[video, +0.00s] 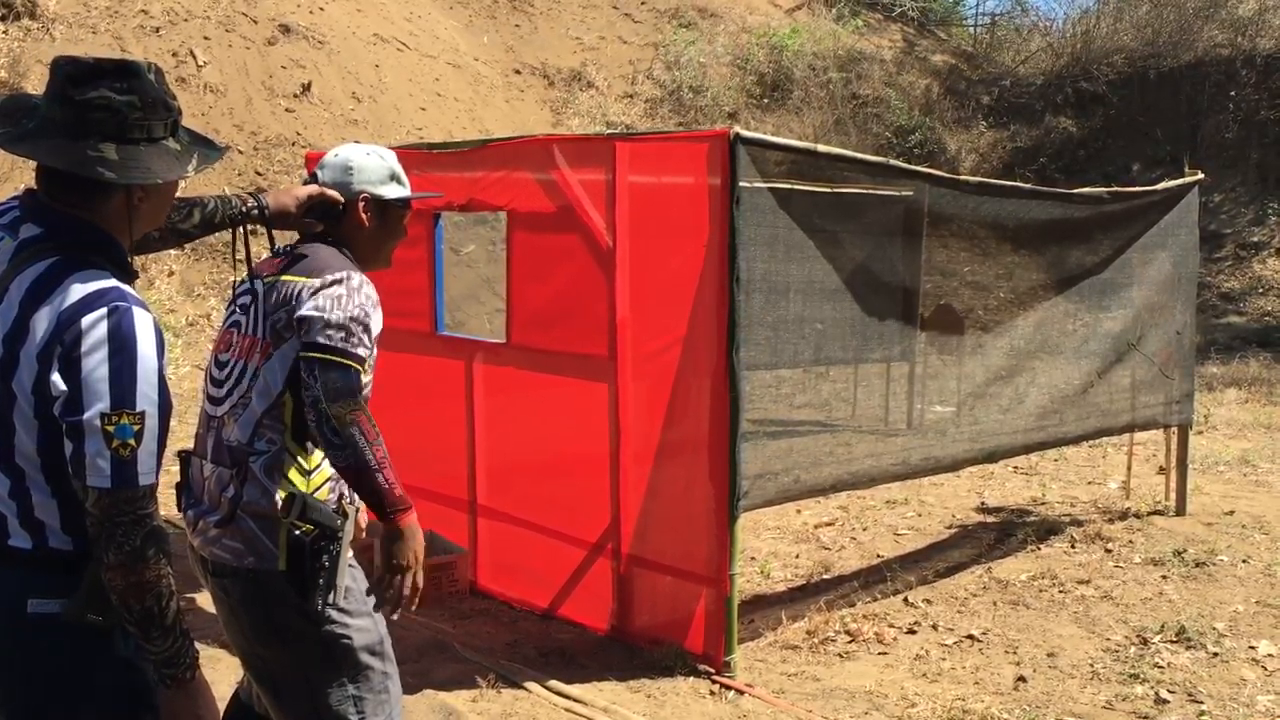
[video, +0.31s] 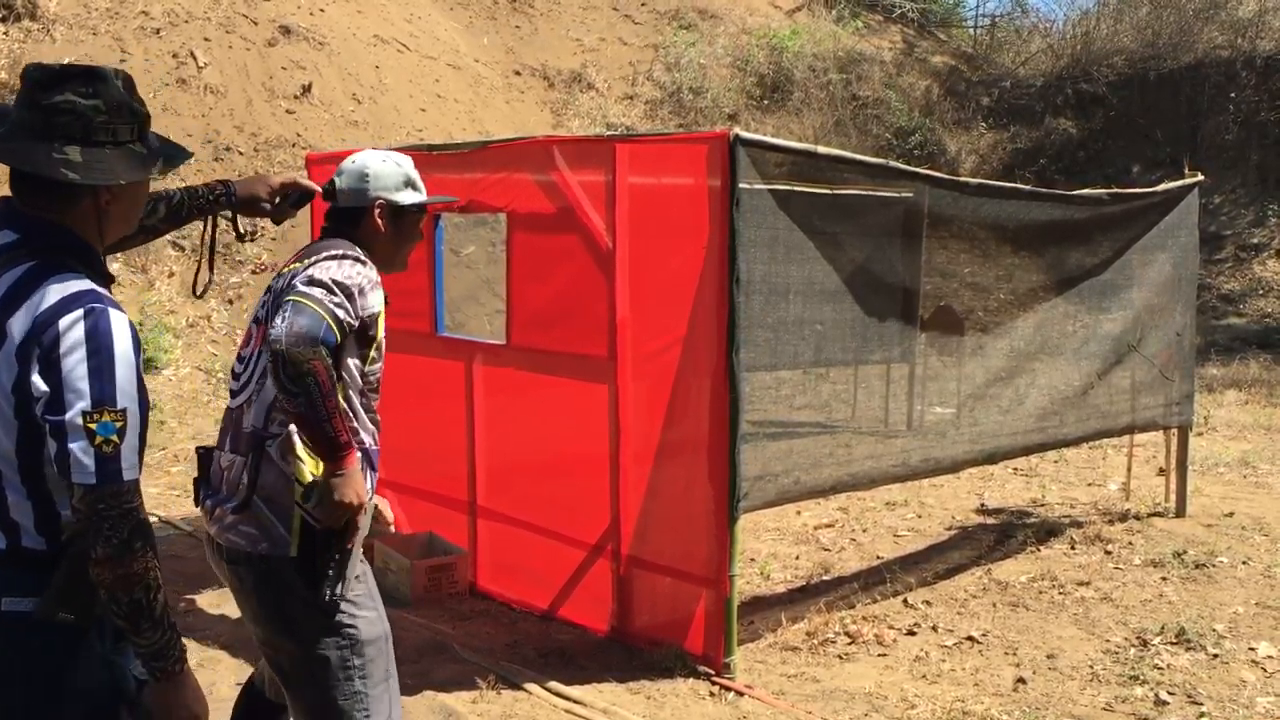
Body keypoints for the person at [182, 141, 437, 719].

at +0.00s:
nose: (405, 231)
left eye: (407, 217)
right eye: (401, 216)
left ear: (334, 210)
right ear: (362, 213)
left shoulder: (269, 272)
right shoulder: (342, 286)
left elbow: (266, 415)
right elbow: (336, 411)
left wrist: (337, 503)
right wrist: (401, 515)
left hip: (225, 528)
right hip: (281, 540)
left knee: (276, 687)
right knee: (367, 701)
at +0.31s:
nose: (422, 233)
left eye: (423, 219)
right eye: (417, 218)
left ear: (354, 214)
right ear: (378, 217)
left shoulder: (303, 270)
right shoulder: (349, 269)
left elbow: (291, 409)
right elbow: (298, 340)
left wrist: (362, 493)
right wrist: (344, 462)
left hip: (252, 530)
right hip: (300, 539)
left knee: (285, 683)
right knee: (363, 707)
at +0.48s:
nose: (410, 271)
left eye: (408, 257)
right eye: (401, 257)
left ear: (352, 261)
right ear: (363, 263)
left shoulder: (302, 310)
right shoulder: (350, 318)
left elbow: (350, 413)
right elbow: (390, 419)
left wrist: (451, 432)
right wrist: (472, 404)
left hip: (237, 549)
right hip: (297, 564)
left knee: (288, 643)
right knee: (390, 708)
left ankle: (257, 711)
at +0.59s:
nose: (391, 270)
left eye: (390, 258)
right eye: (381, 258)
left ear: (337, 261)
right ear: (343, 262)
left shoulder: (288, 308)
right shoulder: (340, 319)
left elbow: (391, 357)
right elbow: (414, 402)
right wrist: (488, 352)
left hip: (236, 533)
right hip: (293, 544)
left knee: (280, 628)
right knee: (348, 706)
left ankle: (255, 714)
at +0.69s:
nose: (386, 265)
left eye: (386, 253)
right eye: (378, 254)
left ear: (333, 255)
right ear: (338, 256)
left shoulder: (316, 291)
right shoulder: (323, 308)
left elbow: (417, 319)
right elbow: (413, 369)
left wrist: (501, 314)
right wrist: (493, 328)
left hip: (232, 502)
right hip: (262, 511)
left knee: (282, 615)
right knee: (366, 631)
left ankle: (254, 716)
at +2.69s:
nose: (395, 337)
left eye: (394, 327)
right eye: (387, 328)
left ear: (356, 327)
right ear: (356, 330)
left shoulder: (336, 348)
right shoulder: (327, 366)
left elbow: (418, 365)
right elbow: (414, 391)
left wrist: (497, 361)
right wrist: (496, 371)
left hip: (220, 497)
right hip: (235, 515)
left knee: (297, 545)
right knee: (335, 582)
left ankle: (260, 644)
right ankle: (269, 701)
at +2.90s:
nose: (371, 309)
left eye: (370, 300)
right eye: (369, 301)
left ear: (322, 299)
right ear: (354, 306)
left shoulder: (294, 327)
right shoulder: (324, 358)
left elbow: (364, 362)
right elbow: (395, 401)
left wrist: (419, 346)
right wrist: (435, 355)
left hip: (218, 493)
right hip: (247, 508)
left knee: (291, 538)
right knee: (333, 578)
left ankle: (244, 629)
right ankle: (271, 703)